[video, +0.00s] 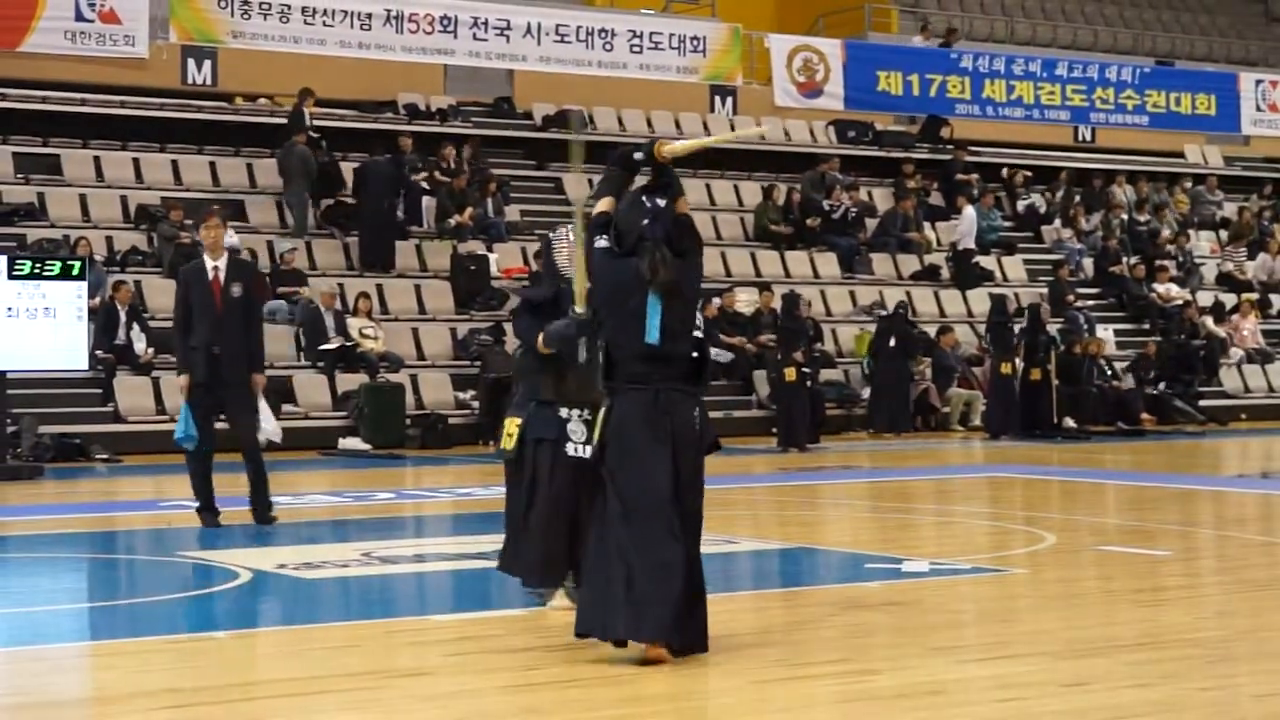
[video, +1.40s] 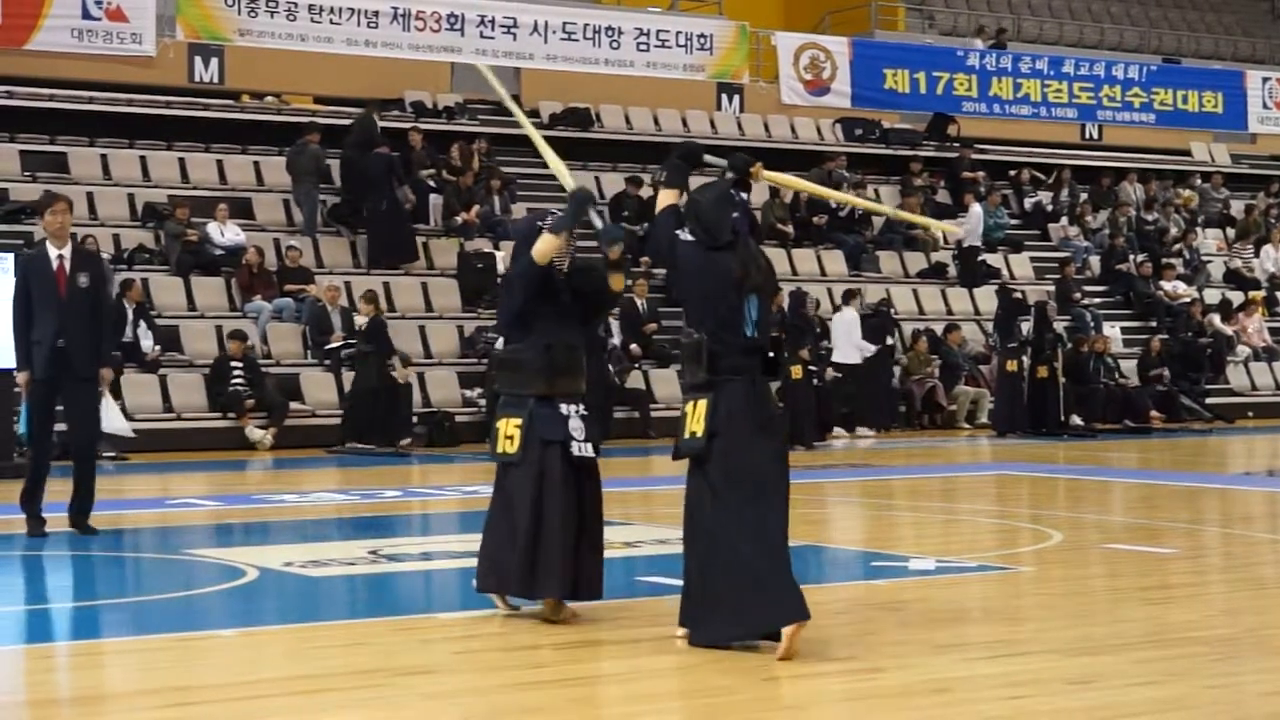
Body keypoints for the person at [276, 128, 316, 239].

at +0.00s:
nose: (306, 138)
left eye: (305, 135)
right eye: (304, 135)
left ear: (293, 135)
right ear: (300, 135)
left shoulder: (283, 151)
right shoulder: (305, 151)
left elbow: (281, 172)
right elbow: (312, 171)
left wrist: (291, 179)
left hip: (288, 191)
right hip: (301, 191)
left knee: (299, 223)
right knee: (301, 225)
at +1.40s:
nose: (319, 138)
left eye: (319, 135)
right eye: (317, 135)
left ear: (306, 134)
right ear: (312, 135)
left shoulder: (293, 149)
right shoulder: (316, 150)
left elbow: (289, 168)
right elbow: (322, 169)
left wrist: (297, 176)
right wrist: (330, 183)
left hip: (297, 186)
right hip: (310, 187)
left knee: (308, 219)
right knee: (310, 220)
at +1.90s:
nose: (324, 138)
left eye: (324, 135)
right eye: (323, 135)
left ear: (311, 135)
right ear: (318, 135)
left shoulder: (299, 150)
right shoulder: (322, 151)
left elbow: (294, 166)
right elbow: (332, 167)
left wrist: (298, 178)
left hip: (302, 187)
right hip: (315, 187)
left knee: (311, 217)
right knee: (313, 219)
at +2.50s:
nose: (327, 137)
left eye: (326, 135)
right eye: (325, 135)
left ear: (315, 135)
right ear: (322, 136)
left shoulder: (307, 148)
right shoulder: (325, 148)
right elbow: (340, 162)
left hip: (309, 185)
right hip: (321, 186)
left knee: (316, 218)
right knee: (321, 220)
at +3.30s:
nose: (332, 141)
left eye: (332, 138)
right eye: (332, 138)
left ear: (321, 137)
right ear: (329, 138)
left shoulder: (312, 149)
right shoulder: (325, 149)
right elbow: (335, 163)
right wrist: (348, 169)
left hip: (310, 188)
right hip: (320, 189)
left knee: (316, 221)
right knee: (322, 222)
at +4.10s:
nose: (345, 147)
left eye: (346, 145)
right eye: (345, 144)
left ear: (335, 142)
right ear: (343, 142)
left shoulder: (326, 152)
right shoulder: (336, 149)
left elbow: (334, 183)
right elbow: (352, 153)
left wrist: (353, 190)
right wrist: (363, 158)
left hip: (316, 191)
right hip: (323, 191)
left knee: (324, 225)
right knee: (324, 226)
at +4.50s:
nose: (348, 150)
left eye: (348, 148)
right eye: (347, 147)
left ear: (337, 144)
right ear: (345, 145)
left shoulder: (329, 154)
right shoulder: (338, 151)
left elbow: (335, 184)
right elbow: (361, 154)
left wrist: (354, 193)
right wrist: (365, 161)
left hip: (317, 190)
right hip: (324, 190)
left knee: (325, 225)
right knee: (325, 226)